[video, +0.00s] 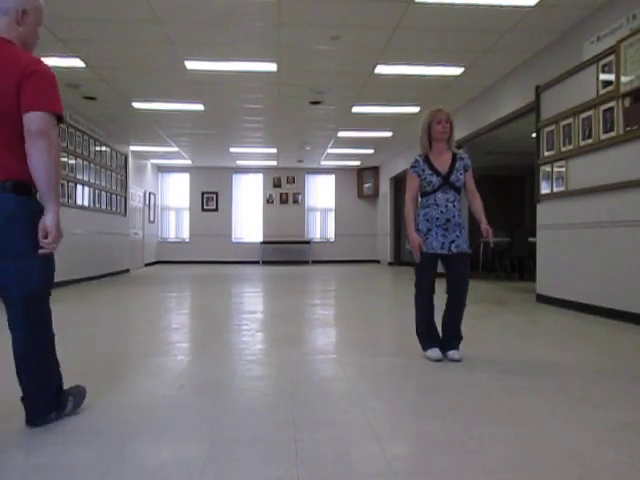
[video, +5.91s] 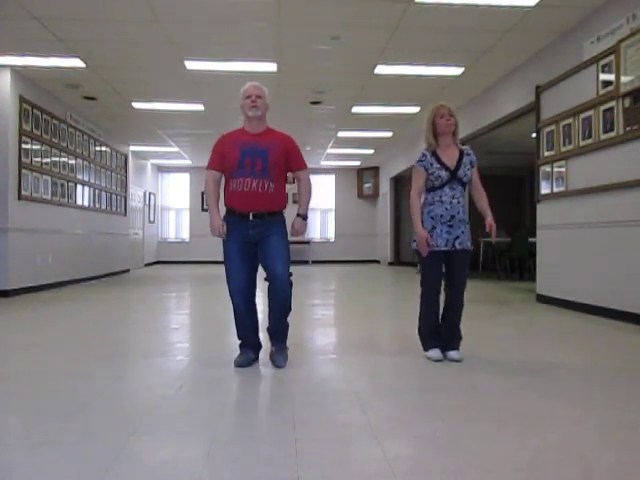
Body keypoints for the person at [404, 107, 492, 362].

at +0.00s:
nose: (444, 126)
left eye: (447, 123)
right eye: (438, 123)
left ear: (452, 128)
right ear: (429, 128)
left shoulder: (462, 160)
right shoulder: (419, 163)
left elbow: (472, 194)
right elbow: (410, 201)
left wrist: (483, 221)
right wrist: (412, 233)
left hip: (456, 232)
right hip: (427, 232)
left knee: (459, 287)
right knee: (425, 289)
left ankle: (451, 343)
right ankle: (430, 343)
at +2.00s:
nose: (441, 125)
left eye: (445, 121)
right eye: (436, 121)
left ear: (452, 126)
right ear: (428, 127)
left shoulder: (462, 158)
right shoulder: (420, 159)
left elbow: (474, 192)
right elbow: (413, 195)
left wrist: (487, 218)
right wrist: (413, 226)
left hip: (456, 231)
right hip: (427, 231)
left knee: (454, 291)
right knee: (428, 290)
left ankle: (450, 343)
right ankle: (430, 343)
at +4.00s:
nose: (452, 125)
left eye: (456, 121)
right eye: (447, 120)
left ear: (459, 126)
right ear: (437, 124)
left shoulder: (465, 157)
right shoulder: (424, 157)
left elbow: (475, 190)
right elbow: (414, 195)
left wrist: (487, 213)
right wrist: (417, 228)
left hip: (458, 230)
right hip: (430, 230)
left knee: (455, 290)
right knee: (430, 289)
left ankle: (450, 343)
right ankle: (430, 343)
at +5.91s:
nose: (448, 119)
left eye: (450, 116)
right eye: (442, 117)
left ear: (456, 122)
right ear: (433, 125)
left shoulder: (468, 155)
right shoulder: (426, 157)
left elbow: (477, 189)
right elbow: (415, 195)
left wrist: (488, 215)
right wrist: (418, 229)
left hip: (460, 230)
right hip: (432, 230)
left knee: (456, 290)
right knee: (431, 289)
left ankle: (451, 343)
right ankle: (431, 343)